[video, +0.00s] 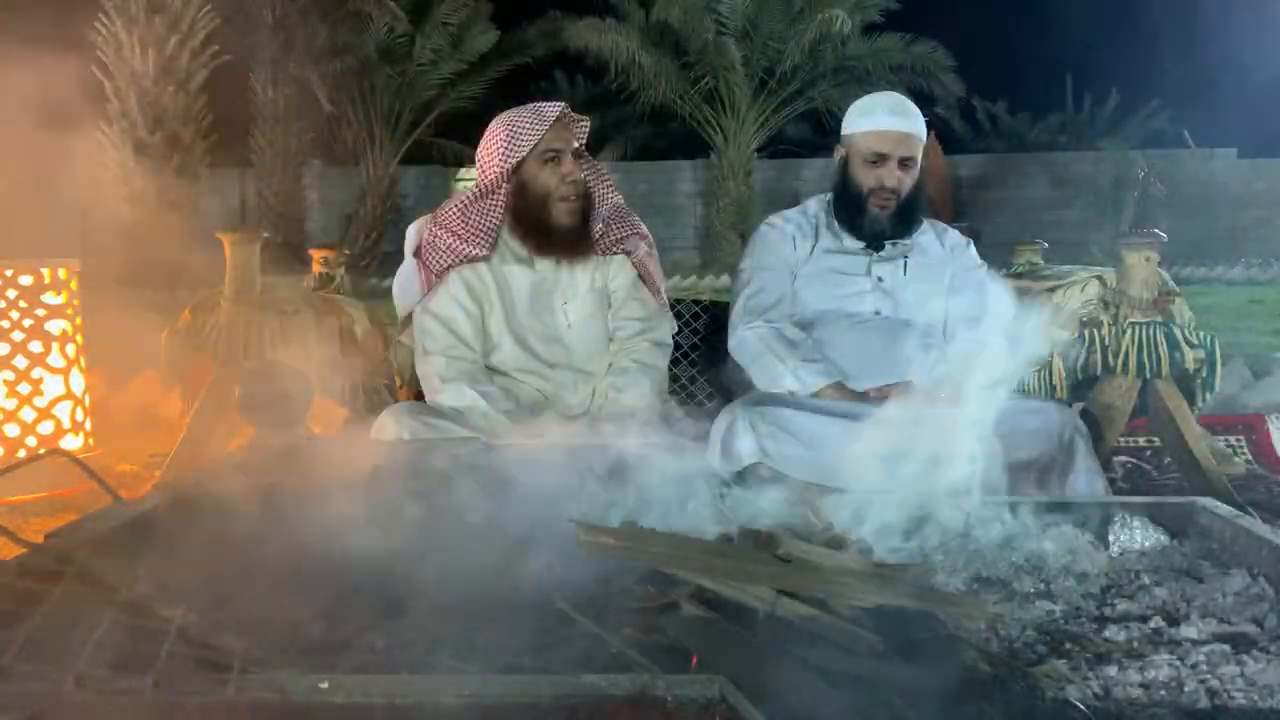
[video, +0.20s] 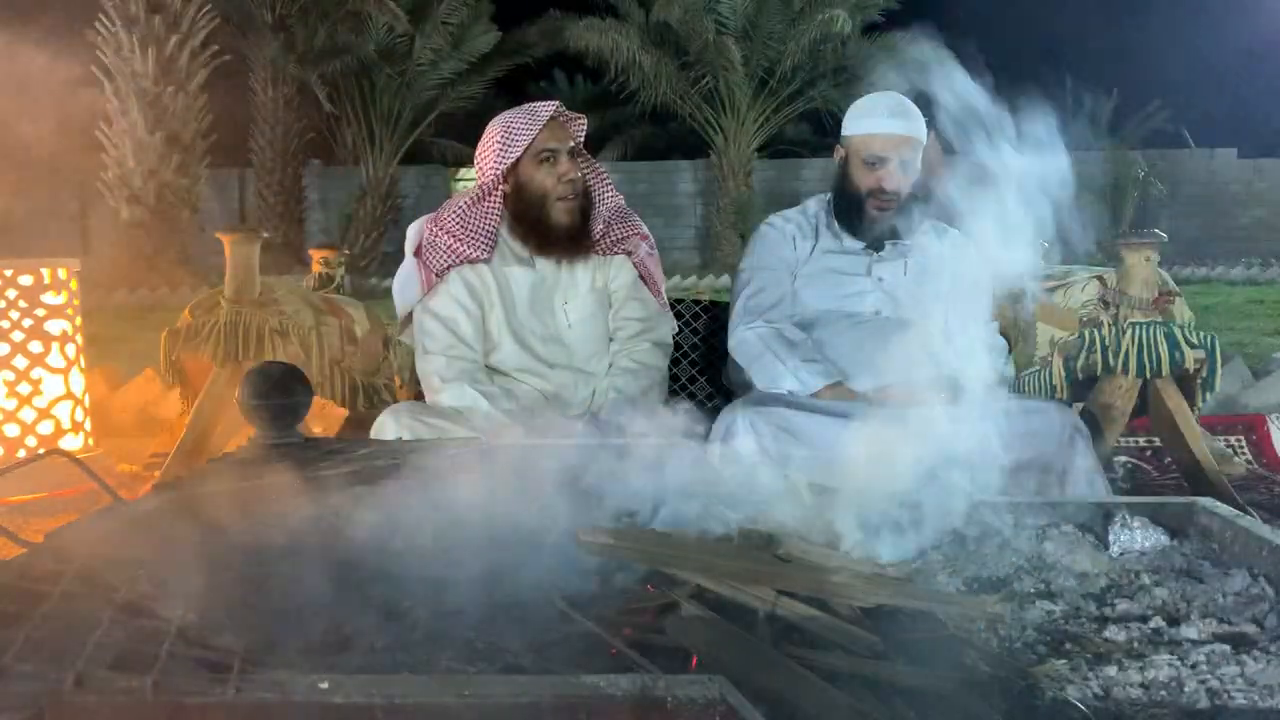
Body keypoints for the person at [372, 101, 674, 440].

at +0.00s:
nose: (575, 174)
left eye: (577, 158)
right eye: (552, 160)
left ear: (586, 166)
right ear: (507, 177)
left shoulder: (613, 260)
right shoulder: (464, 268)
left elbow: (643, 355)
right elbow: (449, 378)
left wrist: (606, 433)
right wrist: (514, 437)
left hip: (598, 428)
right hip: (499, 428)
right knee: (397, 425)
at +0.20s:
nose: (572, 173)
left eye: (574, 156)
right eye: (547, 160)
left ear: (584, 163)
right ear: (505, 180)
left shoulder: (611, 258)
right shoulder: (464, 266)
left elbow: (644, 352)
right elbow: (448, 380)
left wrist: (602, 427)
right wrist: (513, 439)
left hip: (597, 426)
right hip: (499, 426)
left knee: (678, 432)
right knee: (395, 425)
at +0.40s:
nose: (569, 173)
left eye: (572, 155)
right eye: (543, 161)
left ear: (583, 160)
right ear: (502, 180)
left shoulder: (616, 250)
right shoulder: (461, 261)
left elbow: (645, 355)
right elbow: (449, 380)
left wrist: (598, 431)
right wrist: (519, 445)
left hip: (598, 434)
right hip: (498, 433)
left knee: (675, 456)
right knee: (397, 426)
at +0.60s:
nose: (563, 172)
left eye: (569, 156)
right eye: (541, 159)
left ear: (580, 160)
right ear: (502, 174)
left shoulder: (615, 240)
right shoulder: (467, 256)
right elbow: (446, 377)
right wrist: (515, 444)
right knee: (399, 424)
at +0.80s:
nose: (562, 173)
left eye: (567, 154)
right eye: (536, 159)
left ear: (580, 167)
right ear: (498, 180)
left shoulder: (616, 274)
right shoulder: (456, 284)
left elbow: (642, 390)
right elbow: (456, 401)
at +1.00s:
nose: (559, 173)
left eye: (566, 155)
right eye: (536, 158)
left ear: (578, 166)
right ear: (496, 177)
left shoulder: (615, 269)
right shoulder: (461, 277)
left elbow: (643, 369)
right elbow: (454, 374)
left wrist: (589, 429)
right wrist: (513, 435)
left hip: (591, 431)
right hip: (497, 432)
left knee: (646, 440)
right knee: (411, 412)